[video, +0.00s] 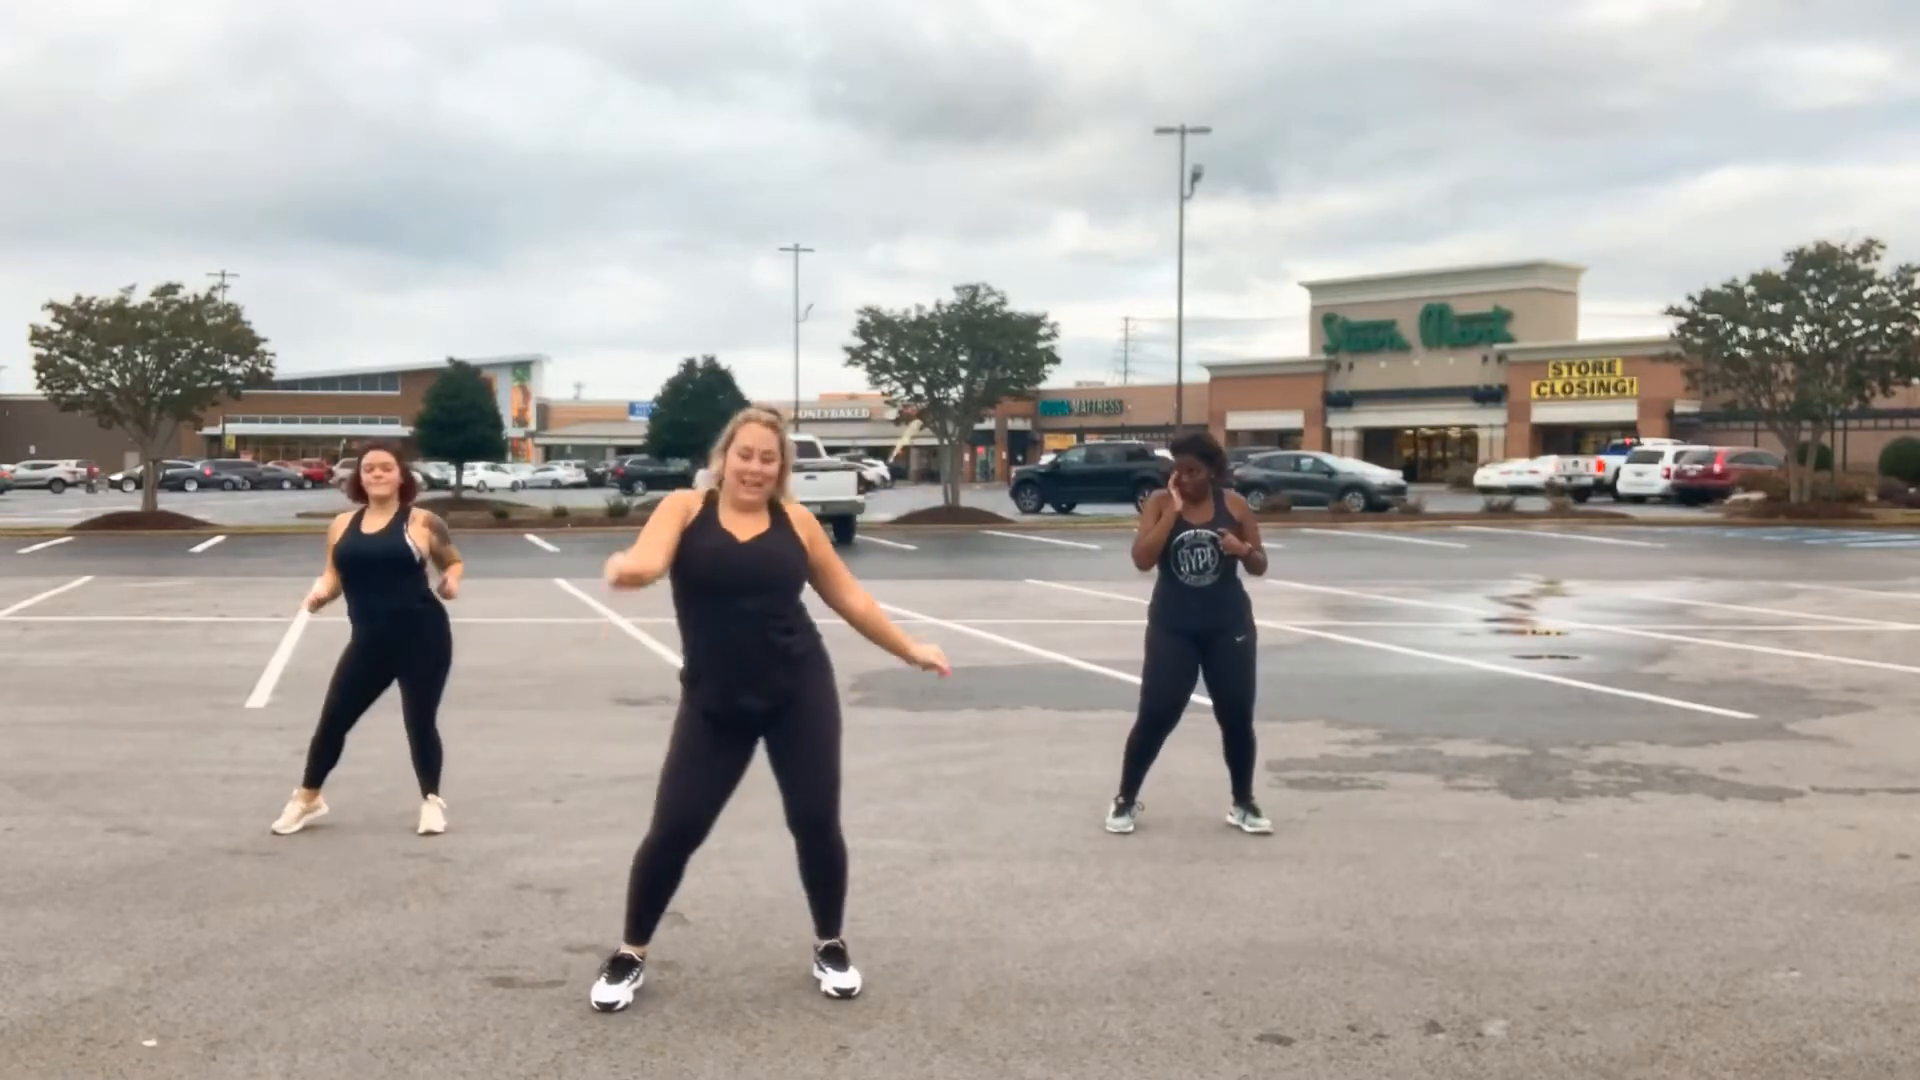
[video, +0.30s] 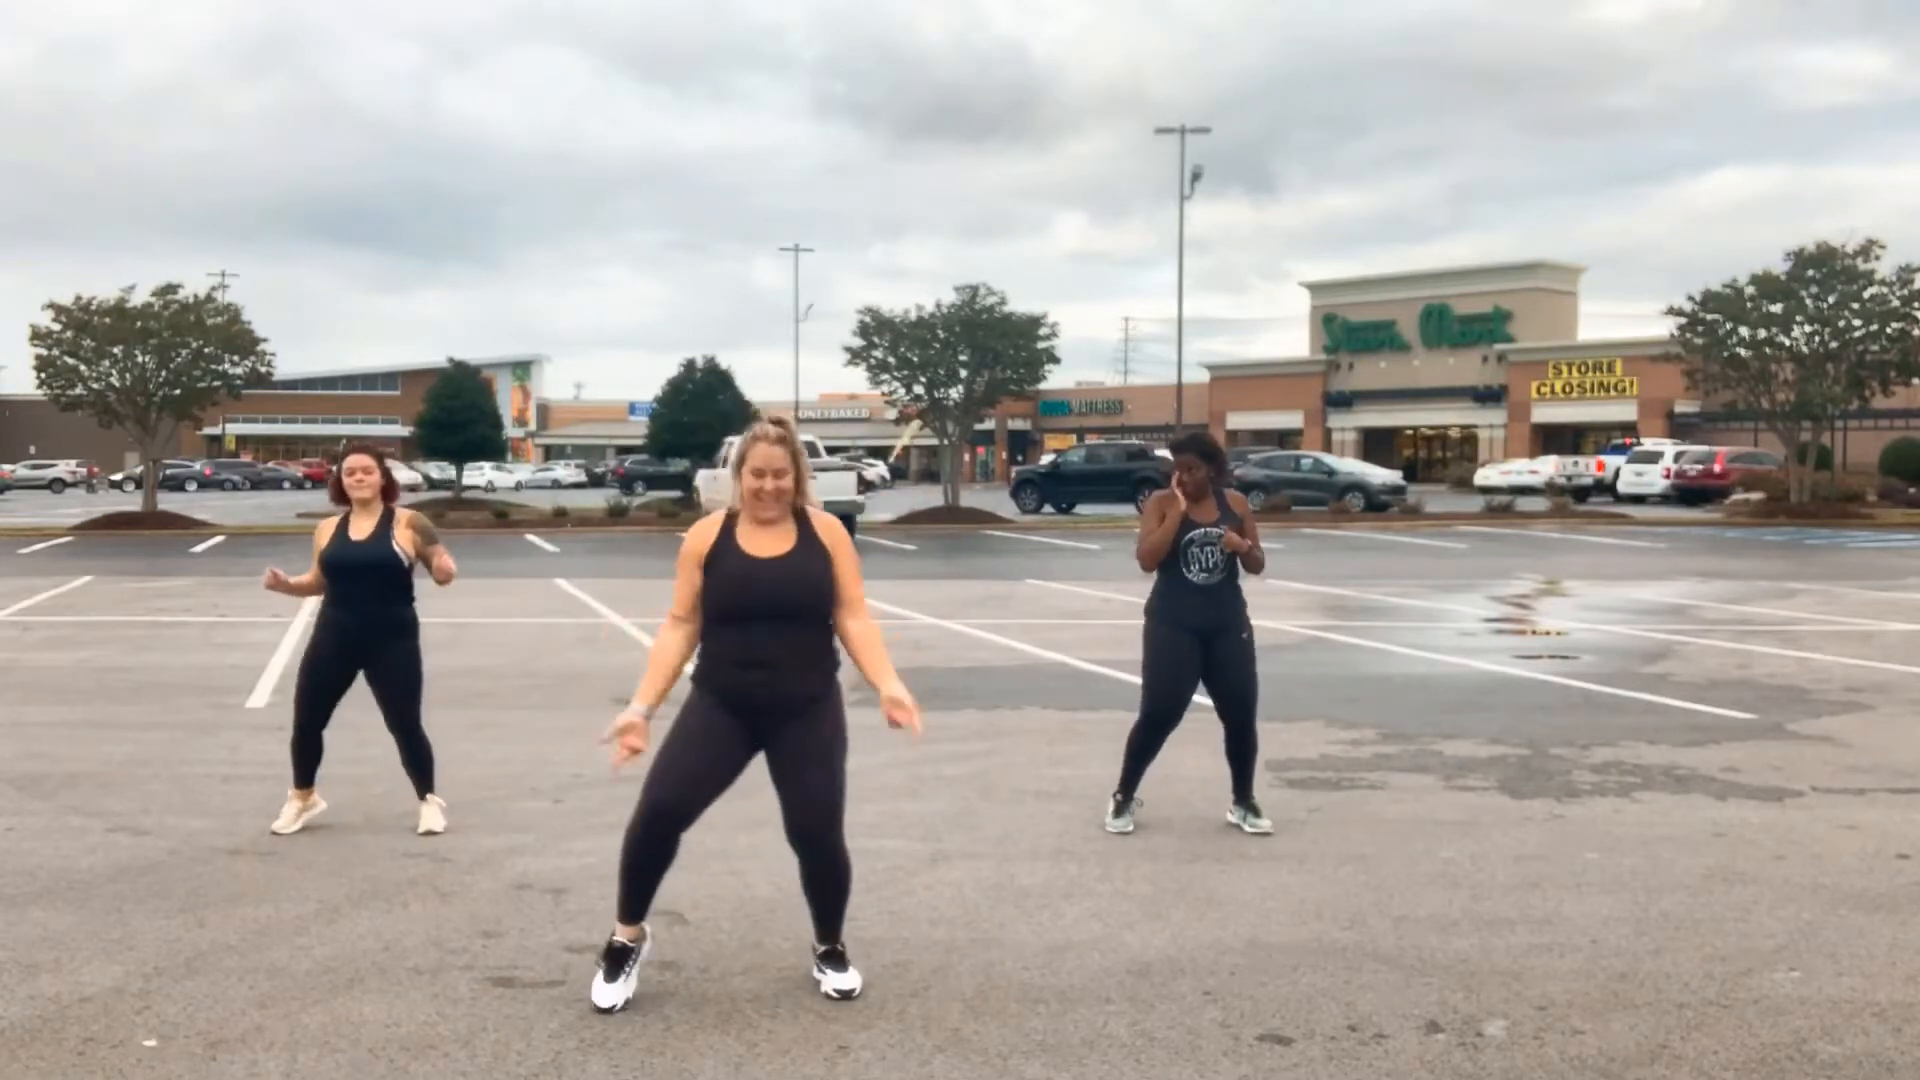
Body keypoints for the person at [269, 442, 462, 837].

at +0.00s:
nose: (378, 474)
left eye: (386, 468)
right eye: (370, 469)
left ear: (401, 476)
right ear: (359, 479)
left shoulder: (423, 522)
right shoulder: (343, 525)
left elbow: (452, 562)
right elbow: (334, 574)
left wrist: (450, 579)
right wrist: (319, 593)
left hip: (422, 637)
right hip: (370, 641)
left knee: (420, 722)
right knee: (333, 720)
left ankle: (431, 800)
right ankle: (308, 797)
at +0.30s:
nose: (359, 478)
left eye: (367, 471)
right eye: (351, 473)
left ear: (383, 478)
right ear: (341, 483)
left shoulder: (407, 522)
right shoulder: (328, 528)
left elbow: (436, 561)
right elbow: (320, 580)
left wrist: (442, 569)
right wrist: (288, 585)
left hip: (391, 643)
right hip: (334, 641)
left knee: (404, 725)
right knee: (307, 722)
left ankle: (428, 800)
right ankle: (303, 797)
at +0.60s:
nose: (344, 476)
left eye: (351, 469)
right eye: (335, 471)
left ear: (366, 476)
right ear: (324, 480)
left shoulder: (389, 522)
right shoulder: (307, 527)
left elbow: (411, 584)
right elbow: (297, 581)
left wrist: (411, 570)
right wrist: (283, 589)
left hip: (366, 639)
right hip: (308, 636)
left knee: (388, 724)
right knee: (301, 721)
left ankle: (426, 799)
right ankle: (301, 797)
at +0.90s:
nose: (354, 476)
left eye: (361, 469)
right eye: (345, 470)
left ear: (374, 477)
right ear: (332, 480)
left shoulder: (397, 524)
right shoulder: (312, 528)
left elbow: (433, 574)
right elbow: (282, 582)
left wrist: (442, 625)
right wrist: (284, 552)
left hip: (388, 642)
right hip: (331, 641)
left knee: (401, 726)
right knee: (305, 722)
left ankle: (427, 800)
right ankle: (303, 798)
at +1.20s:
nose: (378, 469)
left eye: (385, 462)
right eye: (369, 464)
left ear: (398, 470)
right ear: (356, 473)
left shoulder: (420, 513)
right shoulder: (339, 519)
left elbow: (462, 543)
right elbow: (308, 570)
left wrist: (451, 573)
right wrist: (325, 600)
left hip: (417, 633)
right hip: (364, 635)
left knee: (416, 718)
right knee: (339, 721)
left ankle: (428, 800)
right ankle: (312, 798)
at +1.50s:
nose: (397, 474)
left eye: (404, 467)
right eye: (388, 469)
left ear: (418, 474)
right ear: (377, 479)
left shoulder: (440, 519)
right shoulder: (359, 527)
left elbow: (449, 567)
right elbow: (344, 586)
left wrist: (415, 548)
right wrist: (334, 635)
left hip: (430, 640)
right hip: (375, 640)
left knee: (425, 721)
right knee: (383, 724)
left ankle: (429, 798)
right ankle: (395, 799)